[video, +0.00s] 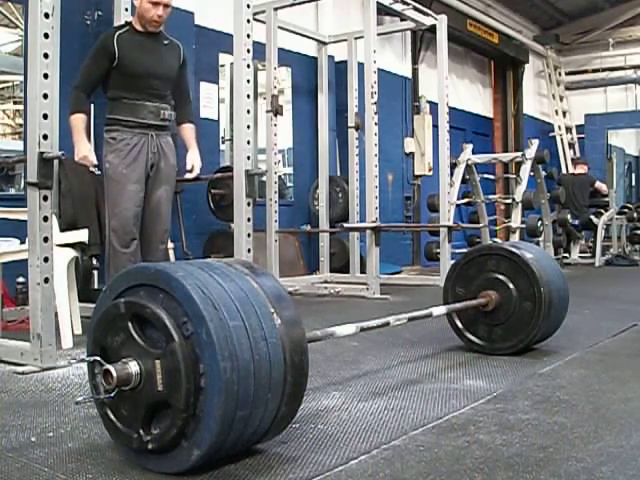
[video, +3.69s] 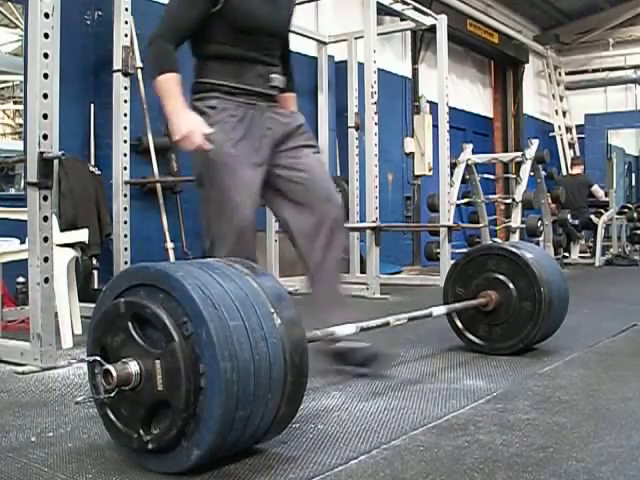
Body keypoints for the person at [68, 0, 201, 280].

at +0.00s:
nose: (160, 12)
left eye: (166, 7)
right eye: (154, 4)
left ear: (170, 10)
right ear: (137, 3)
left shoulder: (175, 50)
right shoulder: (113, 41)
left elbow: (183, 105)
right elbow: (80, 92)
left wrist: (192, 148)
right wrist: (80, 142)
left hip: (164, 143)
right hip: (124, 141)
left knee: (158, 231)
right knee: (124, 229)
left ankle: (158, 304)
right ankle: (123, 304)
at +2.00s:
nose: (151, 9)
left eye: (158, 3)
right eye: (145, 1)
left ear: (163, 7)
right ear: (130, 3)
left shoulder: (172, 45)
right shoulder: (106, 38)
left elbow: (182, 98)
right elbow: (73, 90)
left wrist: (192, 145)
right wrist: (72, 142)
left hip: (160, 141)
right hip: (118, 139)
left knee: (153, 233)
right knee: (118, 229)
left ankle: (152, 312)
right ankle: (113, 313)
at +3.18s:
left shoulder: (211, 23)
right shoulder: (136, 11)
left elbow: (220, 80)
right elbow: (90, 67)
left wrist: (238, 136)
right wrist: (83, 133)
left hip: (186, 128)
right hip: (143, 123)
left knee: (181, 217)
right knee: (166, 207)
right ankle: (144, 294)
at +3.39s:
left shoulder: (238, 17)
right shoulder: (160, 8)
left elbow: (249, 80)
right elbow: (111, 66)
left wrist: (273, 136)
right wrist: (107, 135)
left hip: (218, 127)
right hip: (174, 124)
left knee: (197, 228)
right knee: (209, 220)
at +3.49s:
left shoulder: (253, 10)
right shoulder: (178, 4)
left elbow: (260, 76)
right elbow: (129, 61)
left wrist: (281, 134)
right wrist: (132, 137)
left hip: (237, 125)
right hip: (189, 120)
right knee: (221, 231)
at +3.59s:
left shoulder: (268, 5)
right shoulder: (193, 3)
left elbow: (271, 67)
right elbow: (147, 51)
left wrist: (284, 130)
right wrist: (156, 123)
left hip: (255, 117)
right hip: (205, 115)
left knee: (296, 214)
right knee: (227, 239)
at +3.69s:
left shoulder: (283, 4)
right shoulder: (206, 2)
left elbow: (279, 53)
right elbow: (160, 44)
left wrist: (290, 115)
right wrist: (178, 112)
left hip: (277, 115)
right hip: (225, 112)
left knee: (323, 207)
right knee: (234, 231)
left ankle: (333, 328)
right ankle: (235, 348)